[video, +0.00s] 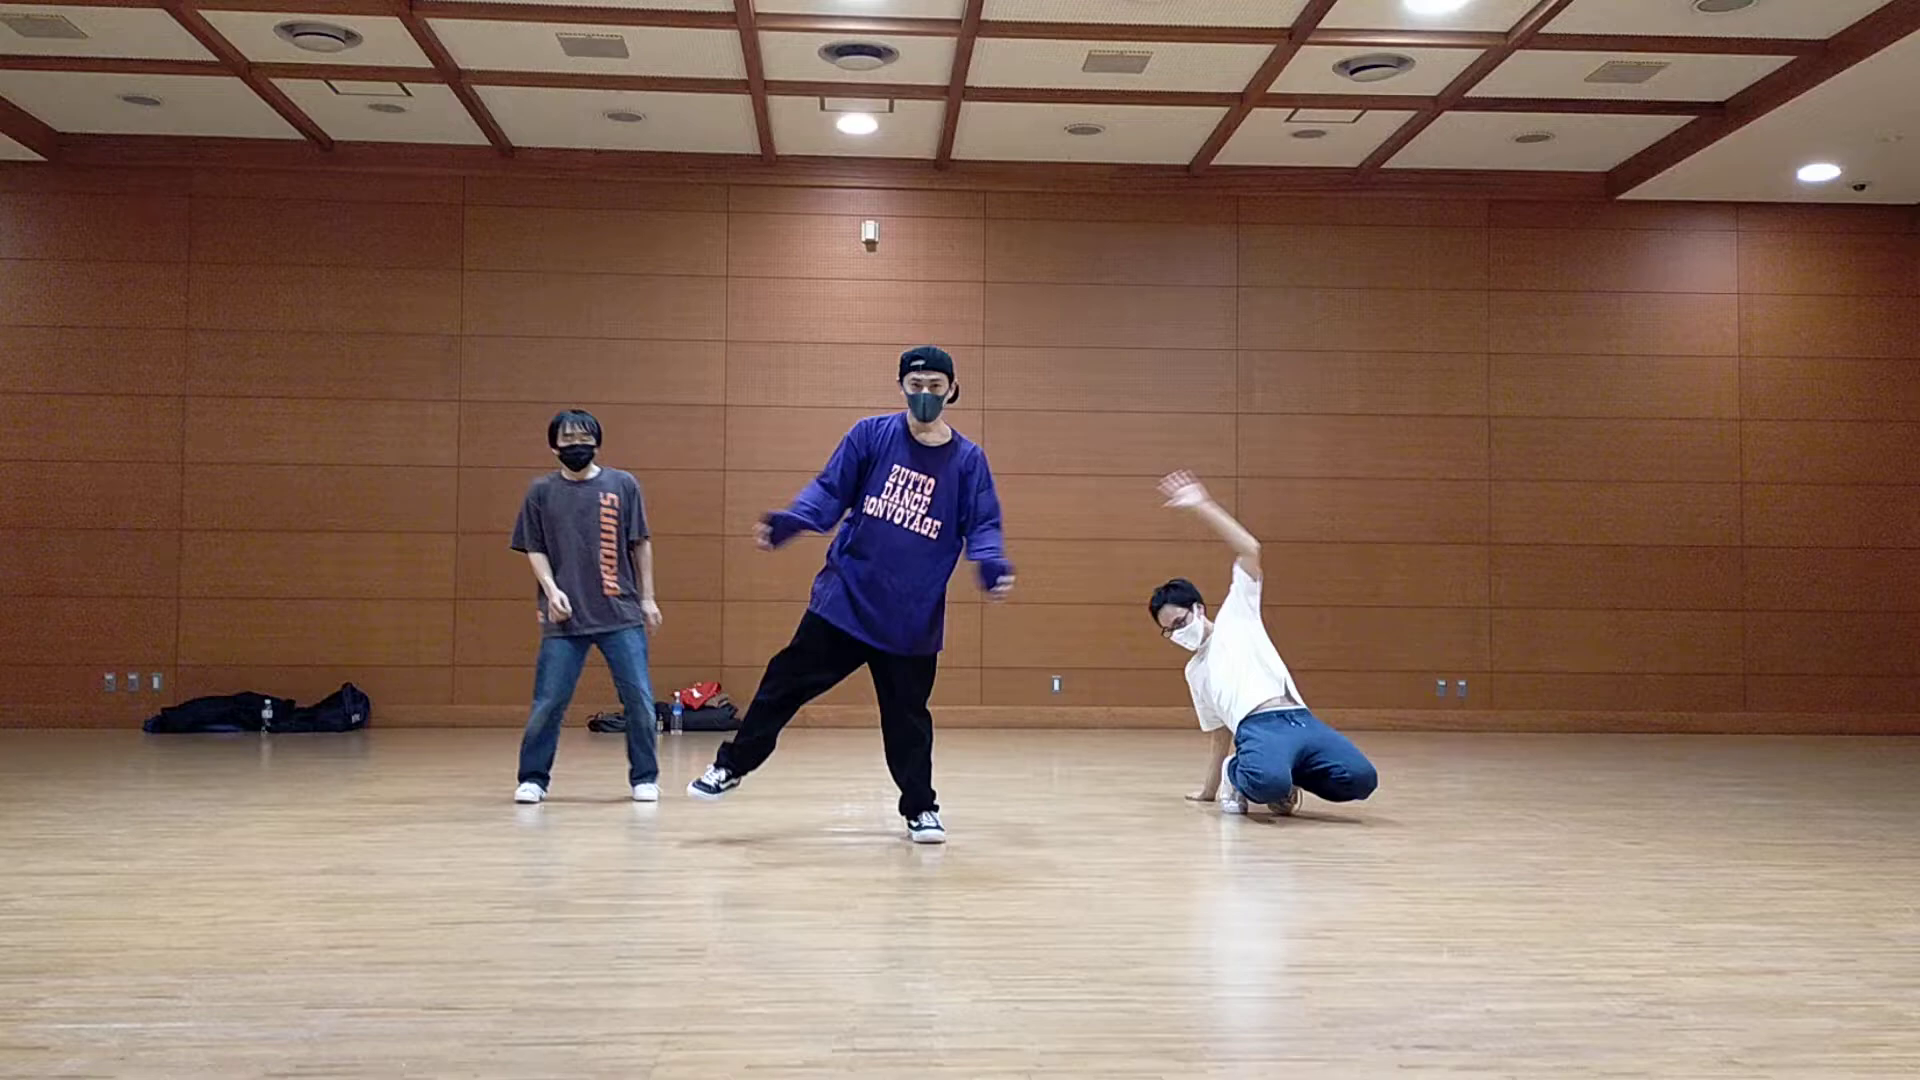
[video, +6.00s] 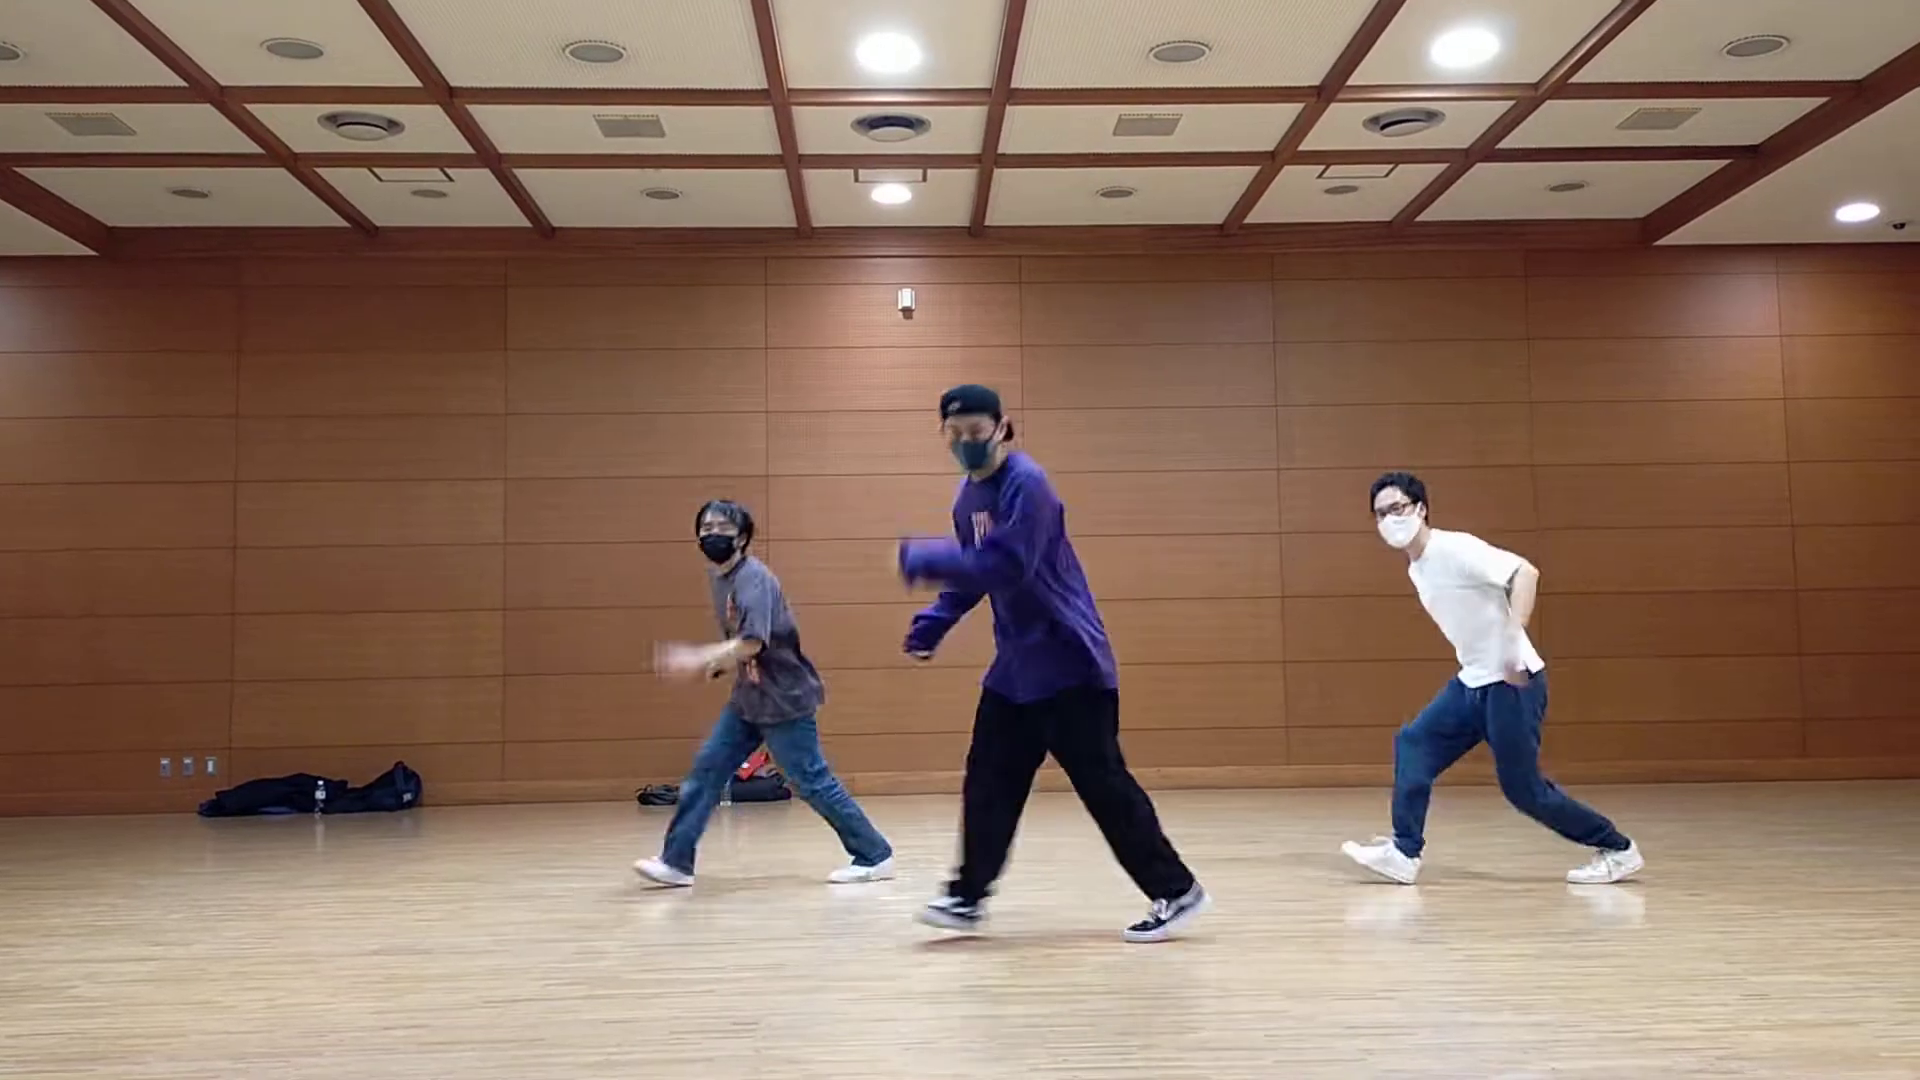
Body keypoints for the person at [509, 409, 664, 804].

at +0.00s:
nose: (574, 442)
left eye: (581, 435)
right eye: (566, 436)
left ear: (596, 441)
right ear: (554, 445)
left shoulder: (622, 485)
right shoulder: (541, 492)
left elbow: (641, 543)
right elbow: (534, 548)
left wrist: (648, 597)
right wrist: (551, 590)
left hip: (620, 614)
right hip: (567, 617)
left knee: (639, 697)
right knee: (549, 700)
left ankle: (645, 778)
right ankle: (532, 779)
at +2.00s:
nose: (610, 494)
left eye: (616, 487)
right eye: (602, 489)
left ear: (629, 496)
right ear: (590, 499)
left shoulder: (649, 540)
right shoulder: (574, 540)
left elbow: (661, 586)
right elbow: (557, 590)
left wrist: (675, 618)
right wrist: (566, 618)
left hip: (634, 664)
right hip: (583, 662)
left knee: (631, 748)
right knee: (569, 744)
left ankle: (624, 830)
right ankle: (569, 820)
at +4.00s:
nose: (594, 503)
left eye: (603, 496)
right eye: (586, 496)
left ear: (619, 505)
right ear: (572, 508)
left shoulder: (642, 551)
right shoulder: (552, 555)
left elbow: (683, 593)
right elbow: (531, 603)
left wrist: (720, 607)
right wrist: (527, 639)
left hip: (632, 689)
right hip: (572, 690)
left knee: (663, 770)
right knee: (538, 774)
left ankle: (698, 858)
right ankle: (502, 861)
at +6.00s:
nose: (713, 533)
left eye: (723, 526)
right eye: (707, 527)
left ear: (742, 534)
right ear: (698, 536)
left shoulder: (754, 578)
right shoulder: (721, 579)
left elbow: (754, 642)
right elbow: (738, 634)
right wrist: (724, 660)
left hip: (784, 695)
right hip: (750, 693)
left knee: (812, 781)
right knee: (708, 770)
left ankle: (875, 855)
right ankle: (676, 863)